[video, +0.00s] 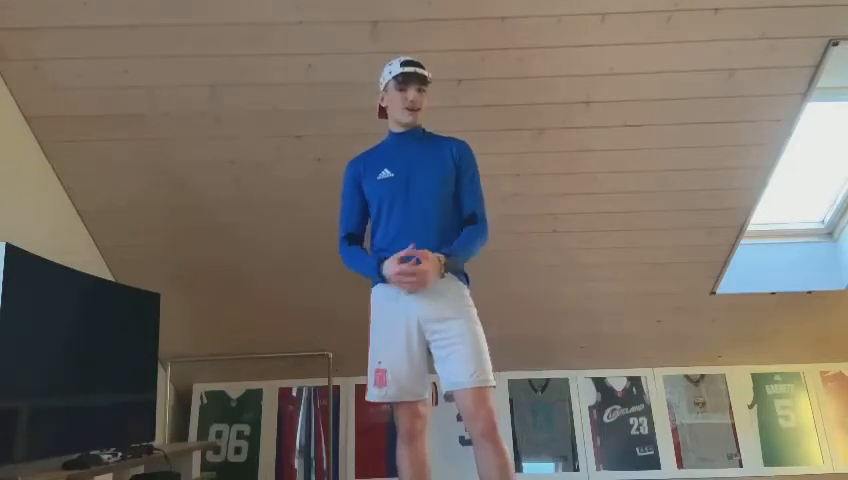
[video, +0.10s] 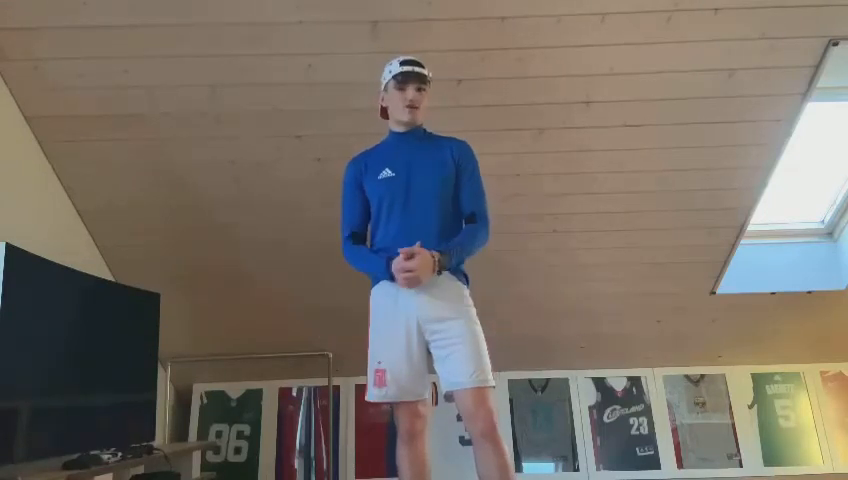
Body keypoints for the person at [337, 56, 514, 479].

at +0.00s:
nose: (413, 95)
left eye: (420, 88)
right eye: (402, 87)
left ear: (428, 97)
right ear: (383, 99)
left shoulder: (456, 151)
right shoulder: (362, 166)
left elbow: (478, 227)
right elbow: (349, 243)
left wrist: (444, 261)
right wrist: (381, 268)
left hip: (448, 295)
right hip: (392, 301)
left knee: (483, 418)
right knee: (410, 422)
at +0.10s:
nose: (412, 95)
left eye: (420, 88)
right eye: (401, 87)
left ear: (428, 98)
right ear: (383, 100)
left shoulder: (456, 151)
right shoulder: (362, 165)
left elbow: (479, 226)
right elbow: (352, 244)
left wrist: (440, 259)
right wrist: (388, 266)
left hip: (448, 294)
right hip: (391, 299)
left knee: (482, 418)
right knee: (410, 422)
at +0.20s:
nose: (411, 94)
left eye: (419, 88)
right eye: (400, 87)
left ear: (428, 98)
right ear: (383, 101)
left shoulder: (457, 152)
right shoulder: (363, 166)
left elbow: (482, 226)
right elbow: (352, 244)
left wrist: (442, 262)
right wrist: (393, 267)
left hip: (449, 296)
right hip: (391, 301)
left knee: (482, 419)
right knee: (410, 422)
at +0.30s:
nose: (408, 95)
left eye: (417, 87)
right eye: (398, 88)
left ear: (427, 98)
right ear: (383, 101)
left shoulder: (457, 151)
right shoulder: (363, 166)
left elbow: (482, 226)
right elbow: (352, 243)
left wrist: (442, 264)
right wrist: (391, 268)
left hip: (449, 296)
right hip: (391, 301)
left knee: (482, 419)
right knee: (410, 422)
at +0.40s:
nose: (406, 95)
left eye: (414, 87)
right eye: (396, 88)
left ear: (426, 97)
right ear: (382, 102)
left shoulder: (457, 151)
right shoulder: (363, 167)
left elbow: (482, 226)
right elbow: (353, 244)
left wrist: (442, 262)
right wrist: (388, 269)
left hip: (449, 296)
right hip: (391, 302)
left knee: (483, 420)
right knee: (410, 423)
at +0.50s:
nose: (404, 97)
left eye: (412, 89)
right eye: (394, 90)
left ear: (425, 98)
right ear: (381, 103)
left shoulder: (457, 150)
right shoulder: (363, 168)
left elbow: (484, 226)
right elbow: (353, 246)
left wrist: (442, 259)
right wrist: (388, 269)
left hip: (450, 294)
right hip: (393, 300)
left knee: (483, 417)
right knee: (411, 421)